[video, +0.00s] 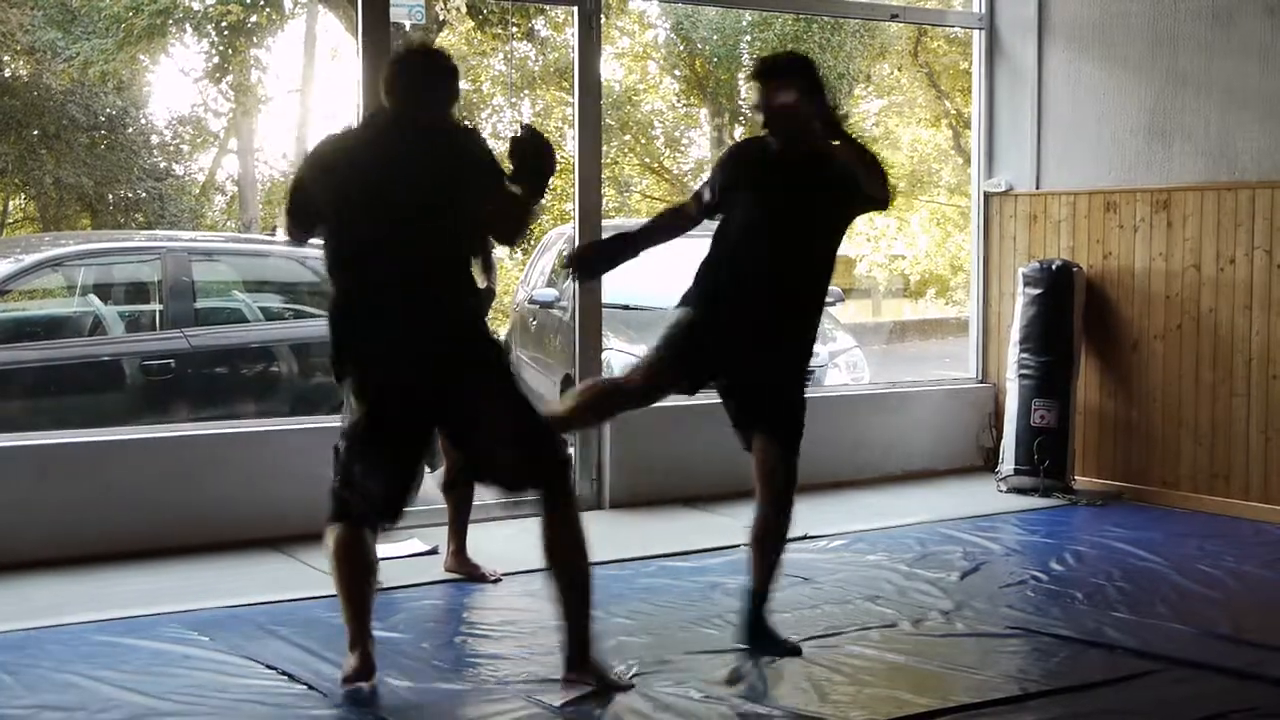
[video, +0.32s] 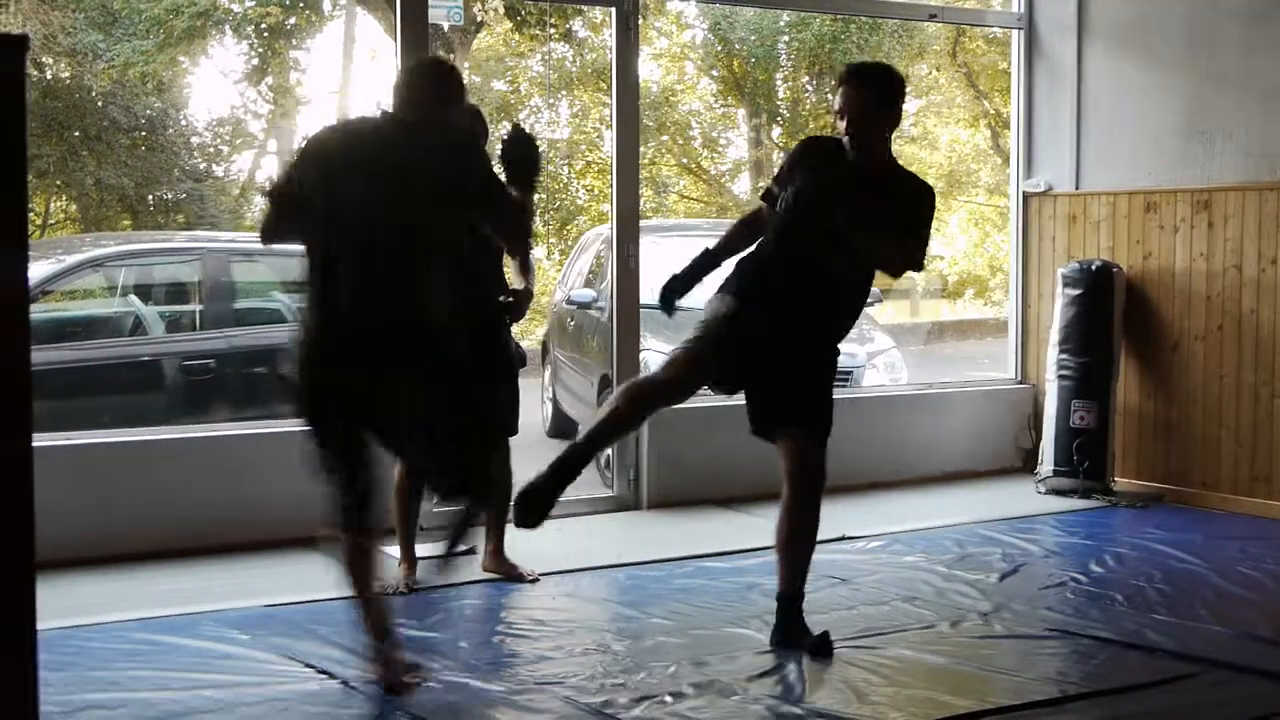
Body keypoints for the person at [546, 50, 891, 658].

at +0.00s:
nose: (774, 118)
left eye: (785, 106)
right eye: (766, 108)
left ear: (813, 104)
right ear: (759, 109)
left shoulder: (843, 171)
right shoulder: (746, 159)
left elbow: (880, 195)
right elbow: (686, 214)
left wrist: (833, 135)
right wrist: (611, 251)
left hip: (780, 341)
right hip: (714, 320)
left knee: (776, 489)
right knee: (637, 387)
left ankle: (756, 620)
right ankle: (537, 427)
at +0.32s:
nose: (840, 119)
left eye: (852, 110)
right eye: (839, 109)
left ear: (889, 113)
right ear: (840, 107)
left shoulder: (913, 193)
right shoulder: (816, 155)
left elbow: (900, 263)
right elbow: (762, 218)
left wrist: (843, 213)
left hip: (810, 340)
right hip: (747, 311)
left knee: (806, 479)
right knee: (668, 383)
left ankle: (790, 620)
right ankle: (562, 471)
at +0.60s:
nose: (803, 129)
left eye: (813, 118)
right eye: (802, 118)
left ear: (851, 117)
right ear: (810, 115)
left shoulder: (889, 192)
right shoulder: (793, 161)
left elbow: (878, 272)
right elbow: (755, 220)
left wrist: (822, 228)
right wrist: (716, 231)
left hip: (812, 340)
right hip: (744, 317)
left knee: (801, 480)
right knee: (673, 411)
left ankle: (778, 622)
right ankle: (588, 518)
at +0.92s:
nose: (759, 130)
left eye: (768, 118)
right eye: (756, 118)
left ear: (804, 114)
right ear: (758, 115)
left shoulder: (848, 179)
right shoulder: (748, 170)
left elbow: (893, 258)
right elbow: (712, 223)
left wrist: (858, 199)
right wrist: (691, 222)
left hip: (806, 351)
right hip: (736, 342)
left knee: (787, 483)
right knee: (715, 472)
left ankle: (767, 616)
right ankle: (749, 539)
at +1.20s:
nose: (735, 153)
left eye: (745, 142)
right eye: (731, 143)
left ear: (779, 138)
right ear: (732, 143)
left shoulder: (825, 192)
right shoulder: (736, 198)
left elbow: (857, 278)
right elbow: (704, 272)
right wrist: (723, 226)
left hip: (813, 347)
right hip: (752, 348)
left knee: (797, 469)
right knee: (764, 478)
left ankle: (787, 603)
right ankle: (810, 581)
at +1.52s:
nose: (722, 138)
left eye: (729, 125)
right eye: (719, 126)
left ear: (763, 121)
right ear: (737, 126)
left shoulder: (822, 170)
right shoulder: (744, 178)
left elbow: (875, 239)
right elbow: (721, 248)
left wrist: (813, 249)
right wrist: (719, 210)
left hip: (816, 341)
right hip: (761, 339)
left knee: (803, 468)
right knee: (773, 463)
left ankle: (826, 601)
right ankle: (802, 570)